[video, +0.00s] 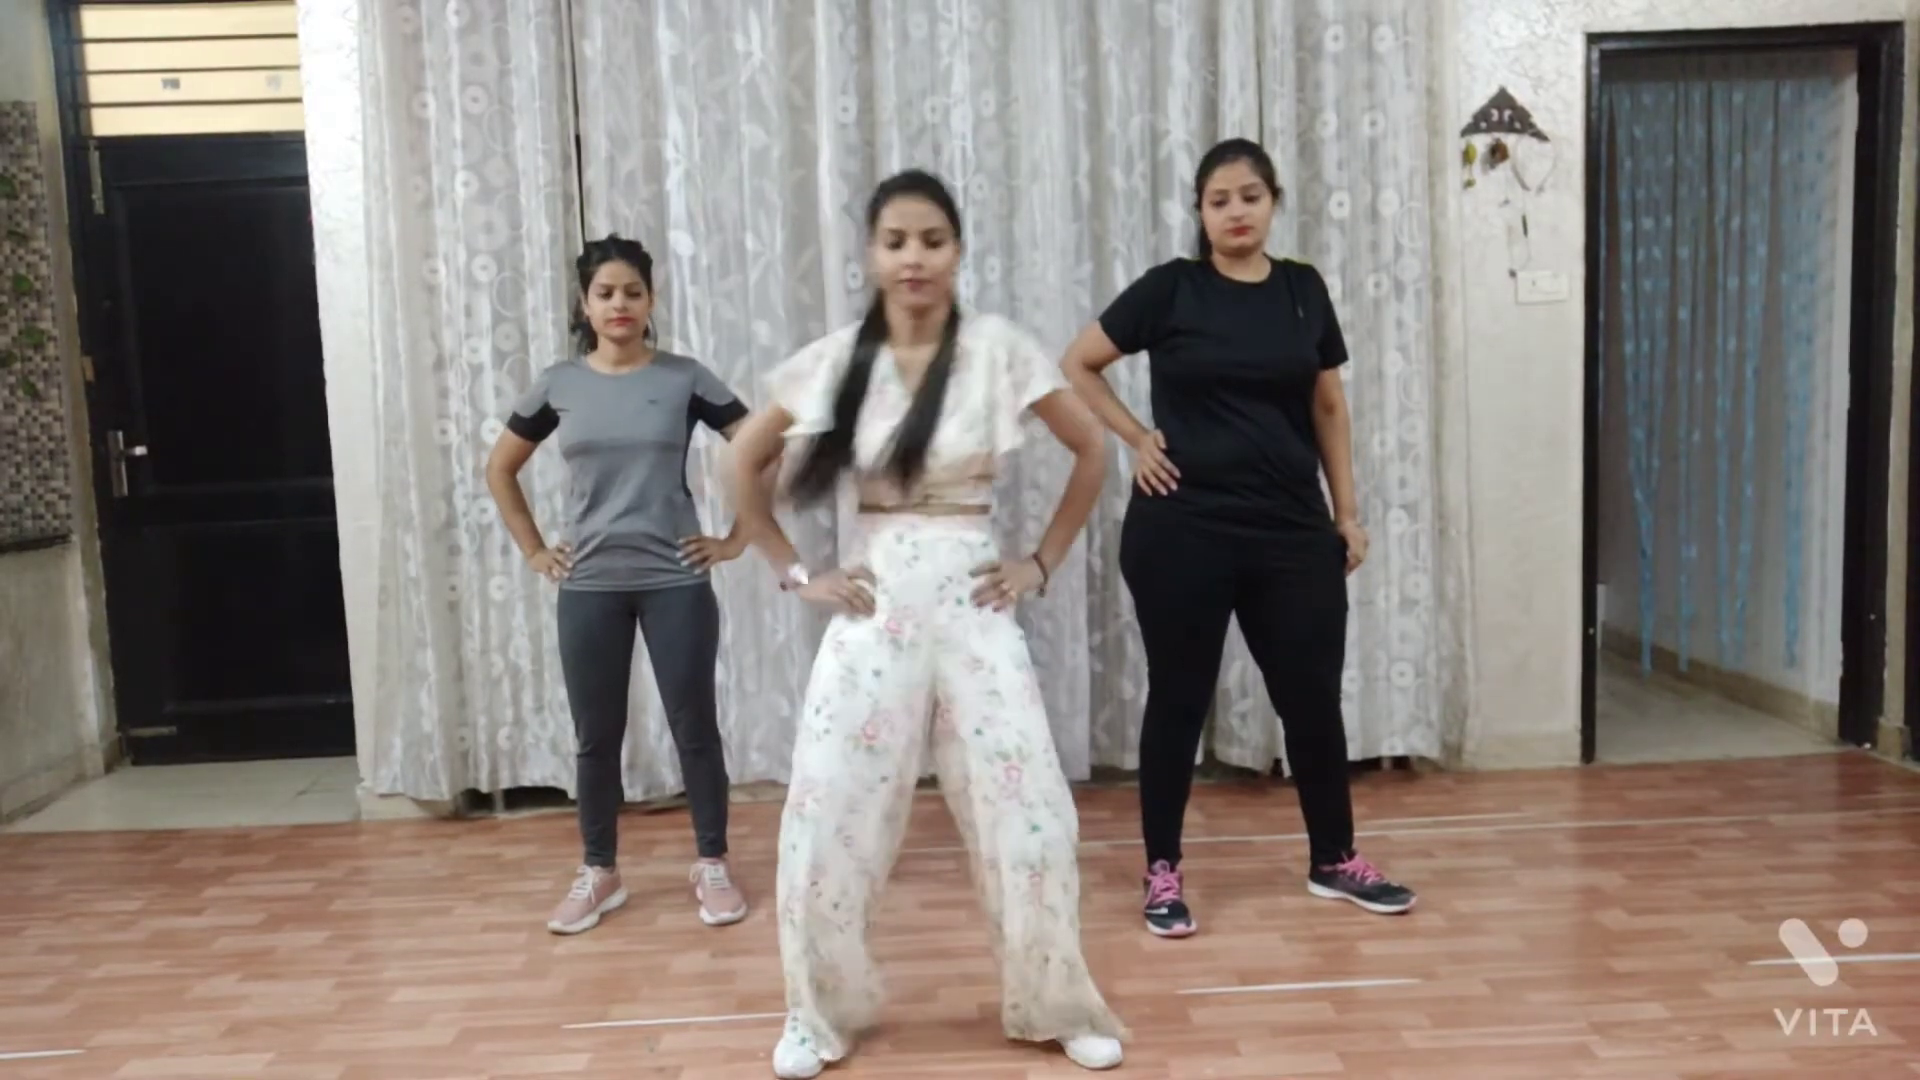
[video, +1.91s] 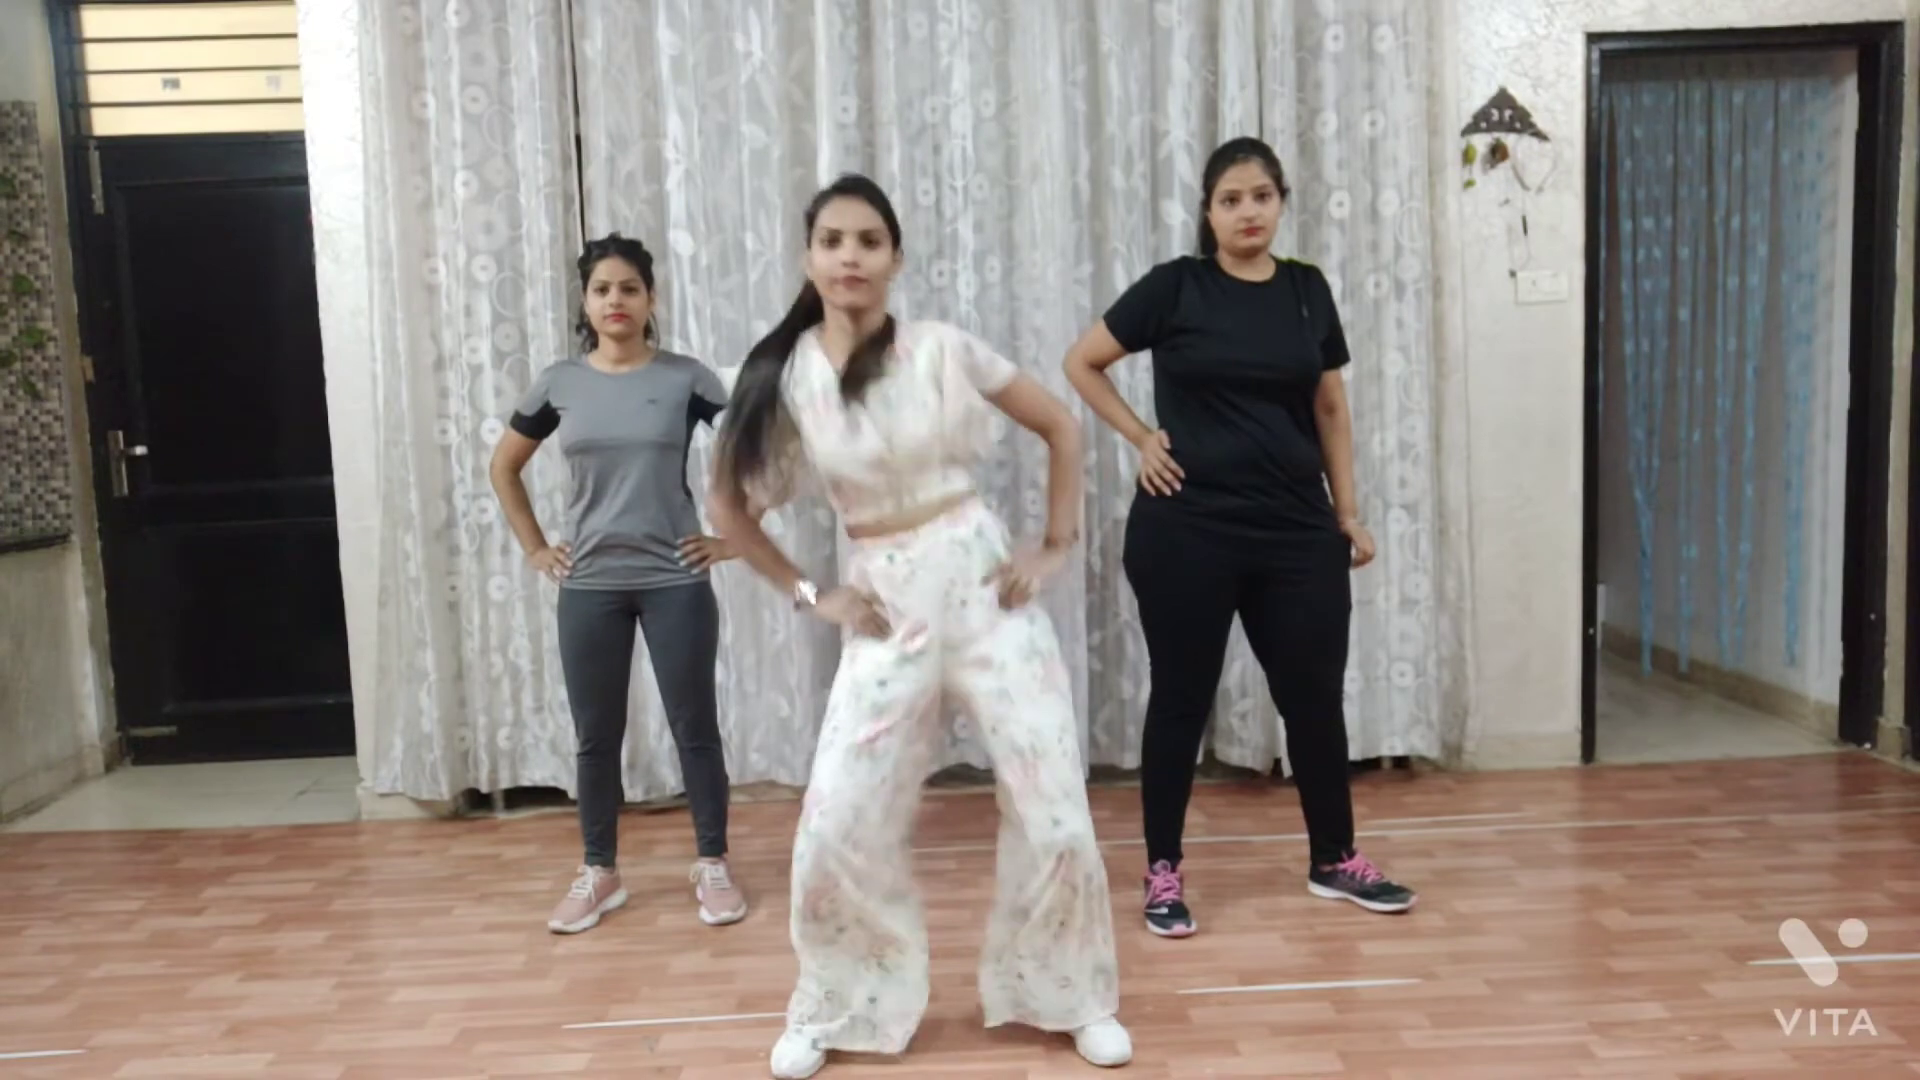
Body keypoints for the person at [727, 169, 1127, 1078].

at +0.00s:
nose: (915, 260)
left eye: (933, 241)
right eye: (896, 242)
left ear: (959, 253)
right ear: (870, 257)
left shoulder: (1001, 352)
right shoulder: (832, 363)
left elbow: (1095, 449)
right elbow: (740, 463)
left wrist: (1038, 562)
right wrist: (798, 575)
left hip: (975, 611)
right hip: (870, 614)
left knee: (1031, 812)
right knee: (823, 812)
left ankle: (1062, 1009)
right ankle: (816, 1013)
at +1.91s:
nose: (851, 259)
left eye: (869, 242)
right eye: (832, 242)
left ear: (896, 256)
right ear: (808, 258)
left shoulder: (944, 352)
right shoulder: (781, 383)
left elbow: (1062, 424)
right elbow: (725, 510)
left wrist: (1052, 546)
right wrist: (812, 596)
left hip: (988, 587)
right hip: (881, 609)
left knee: (1057, 811)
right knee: (830, 827)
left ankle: (1080, 997)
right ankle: (827, 1006)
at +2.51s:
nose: (971, 293)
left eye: (990, 276)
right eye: (953, 276)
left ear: (1015, 291)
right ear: (930, 290)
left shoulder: (1048, 398)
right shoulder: (889, 390)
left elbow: (1155, 491)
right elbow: (788, 508)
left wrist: (1074, 592)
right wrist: (842, 620)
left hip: (1020, 636)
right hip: (904, 638)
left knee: (1069, 839)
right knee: (844, 834)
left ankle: (1078, 1011)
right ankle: (823, 1033)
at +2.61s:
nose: (947, 265)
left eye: (965, 250)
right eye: (930, 249)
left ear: (991, 267)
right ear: (904, 267)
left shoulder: (1026, 374)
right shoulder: (860, 376)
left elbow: (1139, 462)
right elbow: (776, 489)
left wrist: (1076, 575)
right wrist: (829, 606)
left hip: (1011, 624)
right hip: (897, 628)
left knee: (1065, 820)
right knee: (853, 824)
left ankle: (1082, 1008)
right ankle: (823, 1032)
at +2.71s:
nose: (928, 223)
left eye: (946, 206)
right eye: (911, 206)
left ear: (973, 222)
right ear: (887, 223)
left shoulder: (1012, 331)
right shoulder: (847, 333)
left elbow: (1118, 426)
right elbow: (770, 447)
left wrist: (1067, 527)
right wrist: (811, 563)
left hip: (996, 577)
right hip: (890, 582)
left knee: (1038, 788)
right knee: (860, 793)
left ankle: (1082, 999)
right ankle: (830, 1014)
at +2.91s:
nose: (920, 219)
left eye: (937, 202)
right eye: (902, 202)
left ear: (963, 217)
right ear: (877, 217)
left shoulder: (1002, 330)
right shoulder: (839, 332)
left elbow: (1105, 417)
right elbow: (755, 444)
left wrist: (1059, 522)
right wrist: (802, 557)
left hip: (988, 571)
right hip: (881, 575)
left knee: (1031, 783)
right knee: (844, 789)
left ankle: (1082, 996)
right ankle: (820, 1009)